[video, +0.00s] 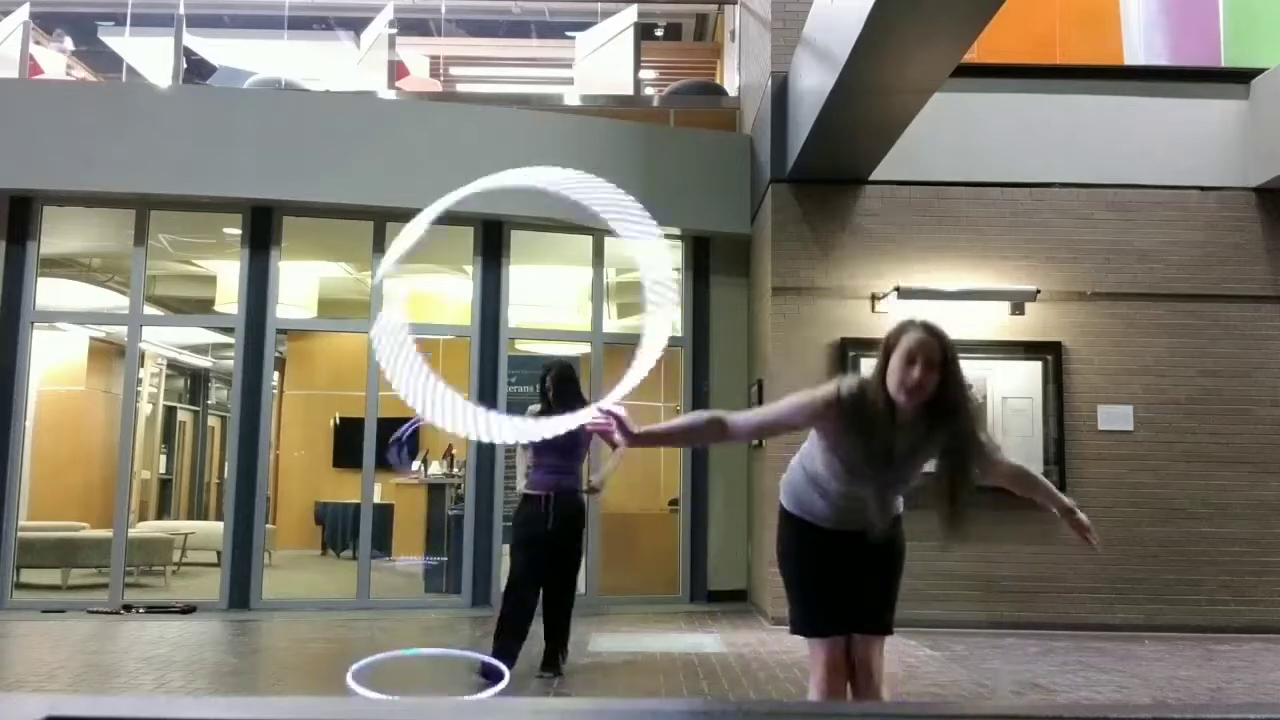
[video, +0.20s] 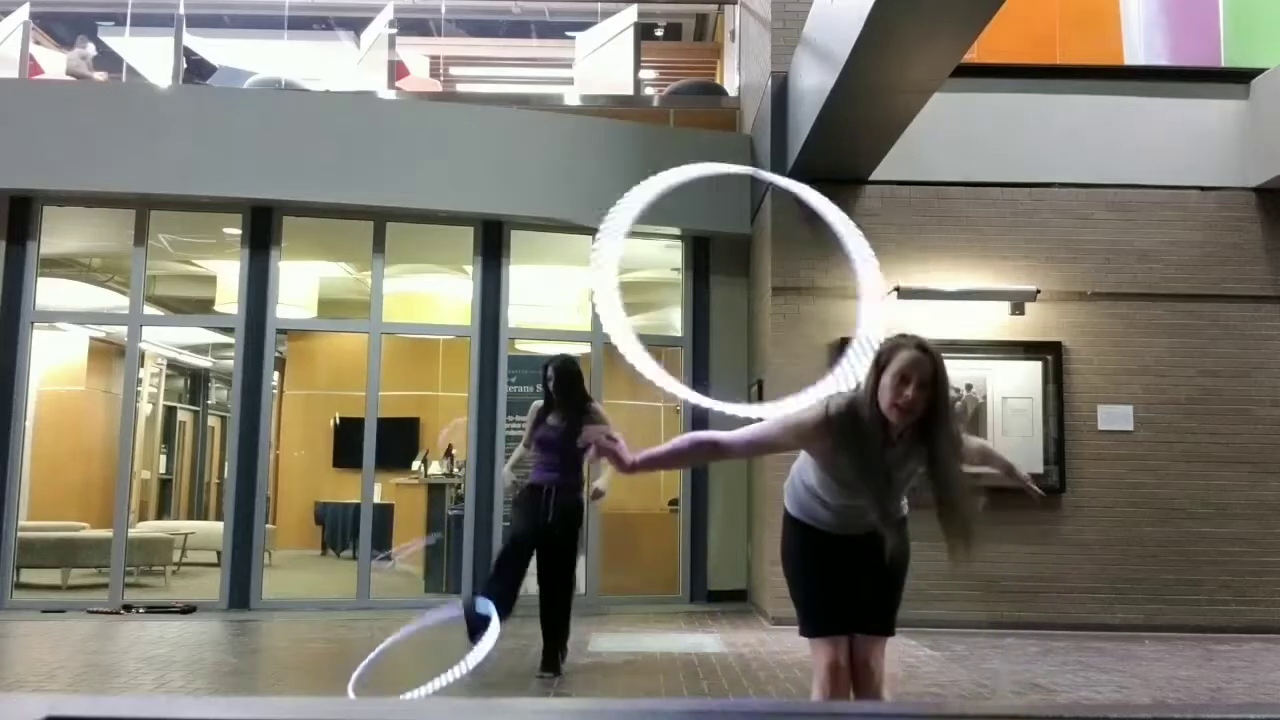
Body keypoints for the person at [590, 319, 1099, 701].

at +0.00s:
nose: (919, 374)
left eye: (931, 366)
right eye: (910, 361)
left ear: (942, 376)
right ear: (887, 362)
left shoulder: (940, 427)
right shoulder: (841, 400)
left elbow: (1003, 471)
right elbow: (732, 426)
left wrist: (1065, 506)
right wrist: (636, 436)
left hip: (878, 527)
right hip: (811, 520)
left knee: (866, 659)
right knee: (829, 659)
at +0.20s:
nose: (910, 394)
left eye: (922, 386)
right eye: (901, 380)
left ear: (932, 394)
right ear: (878, 378)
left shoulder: (928, 433)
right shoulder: (833, 416)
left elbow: (982, 453)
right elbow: (725, 443)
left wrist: (1025, 481)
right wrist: (636, 462)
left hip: (882, 530)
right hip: (814, 526)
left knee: (868, 662)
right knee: (833, 661)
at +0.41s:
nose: (902, 361)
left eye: (914, 353)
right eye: (894, 347)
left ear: (924, 362)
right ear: (870, 348)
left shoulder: (922, 409)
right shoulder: (834, 406)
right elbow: (736, 464)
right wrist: (656, 514)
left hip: (890, 529)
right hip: (823, 528)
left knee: (877, 669)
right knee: (843, 669)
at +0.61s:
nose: (888, 330)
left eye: (898, 320)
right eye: (876, 319)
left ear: (908, 326)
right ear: (854, 327)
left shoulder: (919, 360)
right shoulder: (829, 394)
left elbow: (988, 344)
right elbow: (752, 480)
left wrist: (1042, 306)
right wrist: (703, 546)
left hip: (887, 520)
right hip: (820, 523)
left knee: (879, 668)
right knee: (845, 670)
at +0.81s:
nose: (879, 307)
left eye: (888, 298)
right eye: (867, 297)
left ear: (899, 308)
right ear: (844, 307)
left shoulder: (920, 364)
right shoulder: (817, 378)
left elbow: (1000, 422)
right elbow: (766, 468)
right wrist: (750, 532)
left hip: (884, 519)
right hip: (818, 520)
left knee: (875, 665)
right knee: (841, 666)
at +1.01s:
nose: (901, 286)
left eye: (910, 279)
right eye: (888, 277)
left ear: (918, 293)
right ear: (864, 289)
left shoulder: (936, 370)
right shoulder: (822, 355)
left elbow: (973, 460)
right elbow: (789, 437)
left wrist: (960, 499)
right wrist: (774, 500)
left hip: (891, 522)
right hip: (823, 520)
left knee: (878, 664)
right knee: (846, 665)